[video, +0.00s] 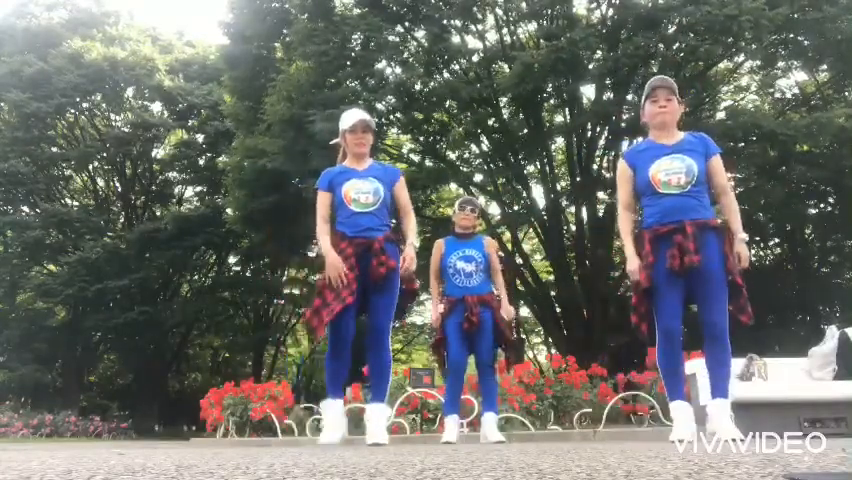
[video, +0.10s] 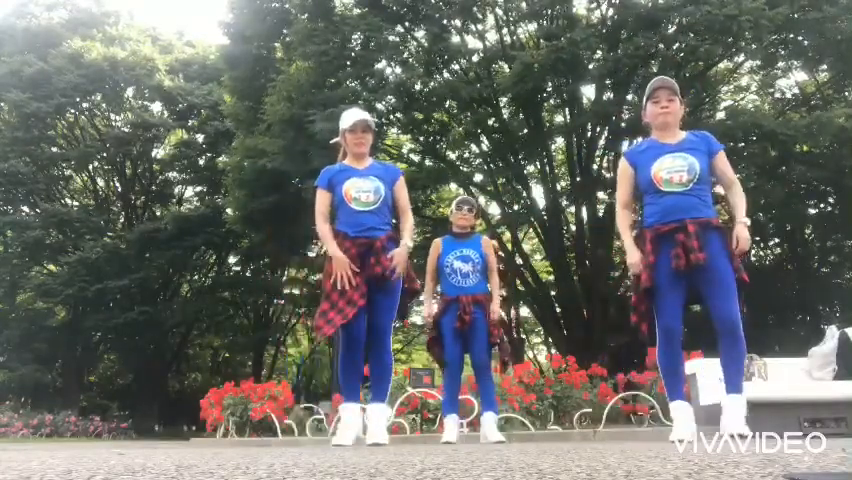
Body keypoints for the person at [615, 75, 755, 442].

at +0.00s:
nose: (661, 104)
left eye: (668, 99)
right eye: (654, 100)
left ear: (680, 108)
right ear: (643, 113)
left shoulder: (701, 142)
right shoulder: (631, 155)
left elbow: (724, 191)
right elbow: (625, 208)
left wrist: (739, 236)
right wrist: (630, 252)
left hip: (705, 237)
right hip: (659, 241)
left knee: (717, 324)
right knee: (669, 328)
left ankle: (720, 410)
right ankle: (679, 413)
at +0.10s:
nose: (663, 105)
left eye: (669, 100)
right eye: (655, 101)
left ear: (682, 108)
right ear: (645, 112)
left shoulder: (703, 141)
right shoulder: (633, 153)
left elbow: (732, 184)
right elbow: (623, 205)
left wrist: (741, 220)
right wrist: (629, 246)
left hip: (707, 235)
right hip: (661, 241)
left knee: (729, 319)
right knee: (669, 327)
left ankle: (734, 407)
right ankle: (680, 414)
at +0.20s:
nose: (668, 111)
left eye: (674, 106)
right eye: (660, 107)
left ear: (686, 112)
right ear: (650, 118)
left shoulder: (710, 143)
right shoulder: (640, 160)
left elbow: (733, 187)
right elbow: (630, 211)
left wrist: (737, 221)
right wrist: (637, 251)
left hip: (713, 238)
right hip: (667, 245)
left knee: (742, 324)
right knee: (675, 328)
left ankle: (759, 408)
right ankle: (681, 412)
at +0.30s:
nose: (667, 112)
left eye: (673, 106)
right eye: (659, 109)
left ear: (686, 113)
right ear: (650, 120)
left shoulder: (706, 139)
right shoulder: (640, 165)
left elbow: (721, 184)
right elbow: (641, 215)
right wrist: (650, 250)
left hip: (716, 240)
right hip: (673, 248)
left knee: (748, 322)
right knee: (680, 327)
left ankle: (761, 411)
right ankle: (687, 412)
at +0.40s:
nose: (658, 112)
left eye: (664, 106)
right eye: (650, 109)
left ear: (678, 112)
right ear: (642, 120)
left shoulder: (692, 134)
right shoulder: (635, 164)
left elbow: (696, 176)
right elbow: (638, 217)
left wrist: (652, 213)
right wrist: (647, 245)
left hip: (712, 240)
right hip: (668, 249)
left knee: (747, 319)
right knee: (660, 315)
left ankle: (765, 409)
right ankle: (677, 402)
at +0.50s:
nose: (643, 114)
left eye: (650, 108)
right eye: (635, 111)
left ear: (664, 115)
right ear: (628, 123)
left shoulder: (678, 137)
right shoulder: (626, 165)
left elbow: (694, 173)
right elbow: (628, 211)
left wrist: (657, 215)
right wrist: (633, 235)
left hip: (701, 240)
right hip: (661, 250)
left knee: (741, 313)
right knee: (638, 314)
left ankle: (771, 402)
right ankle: (645, 405)